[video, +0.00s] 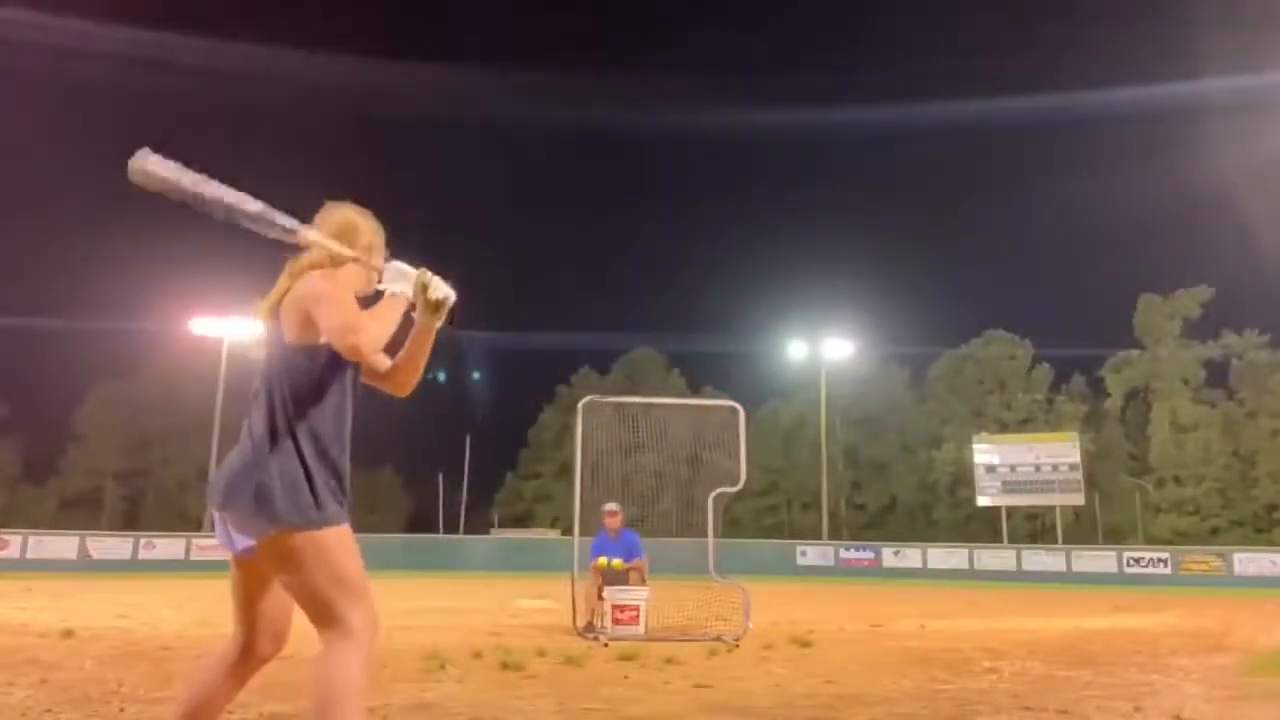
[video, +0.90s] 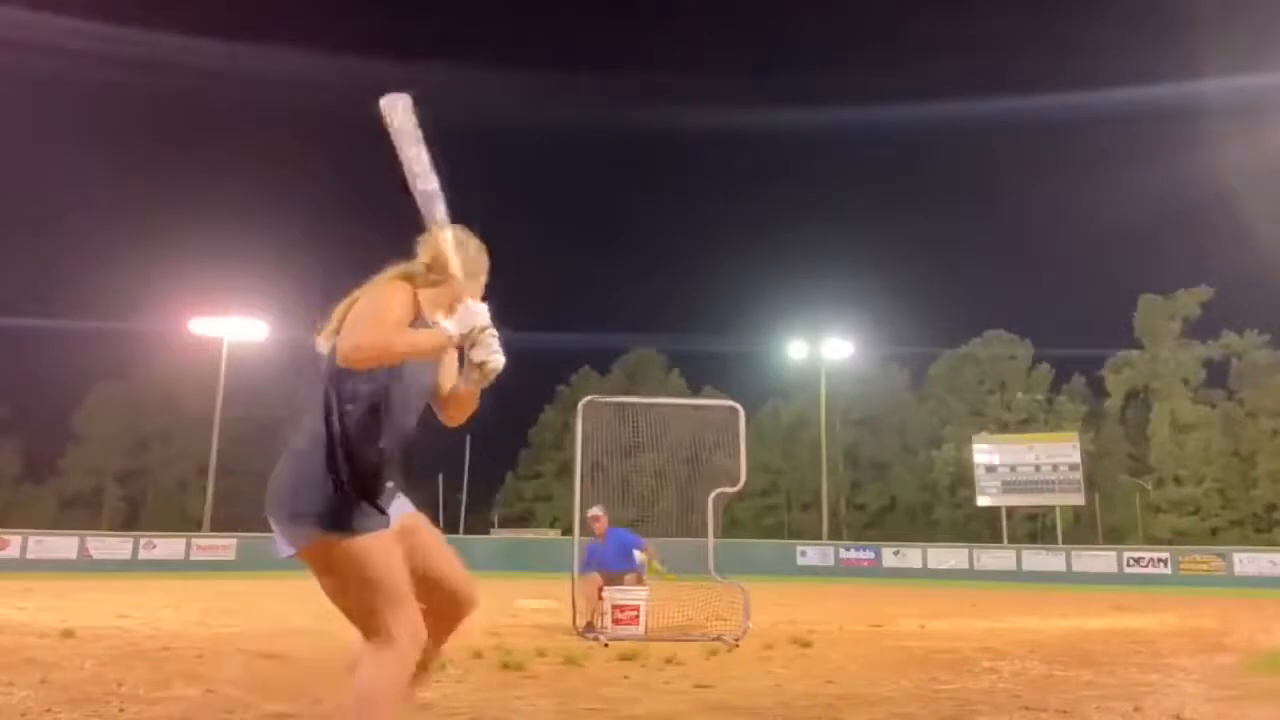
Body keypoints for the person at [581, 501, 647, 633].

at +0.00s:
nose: (612, 520)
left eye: (615, 515)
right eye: (608, 516)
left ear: (621, 517)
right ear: (604, 519)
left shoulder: (631, 537)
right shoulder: (599, 539)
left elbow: (640, 560)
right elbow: (593, 562)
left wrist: (625, 566)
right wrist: (600, 564)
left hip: (625, 572)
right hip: (606, 572)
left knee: (635, 573)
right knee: (593, 580)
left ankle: (635, 618)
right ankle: (590, 620)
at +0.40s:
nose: (604, 521)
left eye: (607, 517)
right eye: (601, 518)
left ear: (614, 517)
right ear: (597, 520)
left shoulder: (626, 537)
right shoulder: (596, 540)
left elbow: (636, 560)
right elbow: (593, 562)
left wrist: (621, 564)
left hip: (625, 573)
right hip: (606, 574)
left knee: (635, 577)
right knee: (593, 580)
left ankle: (635, 621)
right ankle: (590, 621)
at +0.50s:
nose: (599, 523)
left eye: (601, 519)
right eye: (595, 520)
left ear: (609, 518)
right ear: (593, 522)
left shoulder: (623, 537)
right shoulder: (595, 542)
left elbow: (640, 556)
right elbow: (591, 564)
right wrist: (597, 575)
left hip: (622, 573)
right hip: (603, 575)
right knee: (591, 587)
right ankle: (589, 622)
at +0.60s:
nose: (597, 524)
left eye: (600, 519)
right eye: (594, 521)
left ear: (607, 519)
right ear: (591, 523)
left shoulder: (620, 535)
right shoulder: (594, 545)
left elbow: (639, 552)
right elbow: (592, 568)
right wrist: (598, 578)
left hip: (622, 573)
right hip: (603, 575)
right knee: (590, 586)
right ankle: (589, 622)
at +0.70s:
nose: (594, 525)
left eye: (597, 520)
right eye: (591, 522)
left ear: (604, 520)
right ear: (589, 524)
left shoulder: (616, 535)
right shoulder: (593, 546)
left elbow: (637, 544)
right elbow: (592, 567)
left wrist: (640, 552)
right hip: (604, 575)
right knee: (590, 586)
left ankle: (589, 622)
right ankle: (589, 622)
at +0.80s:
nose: (594, 525)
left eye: (596, 520)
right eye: (591, 522)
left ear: (604, 520)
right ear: (588, 524)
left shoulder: (619, 535)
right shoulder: (591, 547)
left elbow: (645, 547)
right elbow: (592, 570)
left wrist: (661, 565)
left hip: (626, 575)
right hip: (605, 577)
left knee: (632, 577)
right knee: (592, 580)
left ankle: (629, 621)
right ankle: (590, 622)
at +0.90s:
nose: (596, 525)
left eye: (599, 520)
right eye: (593, 521)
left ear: (606, 519)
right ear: (590, 524)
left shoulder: (619, 534)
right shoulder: (592, 545)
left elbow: (645, 546)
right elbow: (585, 569)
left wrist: (654, 562)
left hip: (626, 574)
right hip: (605, 576)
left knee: (633, 578)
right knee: (591, 579)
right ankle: (590, 622)